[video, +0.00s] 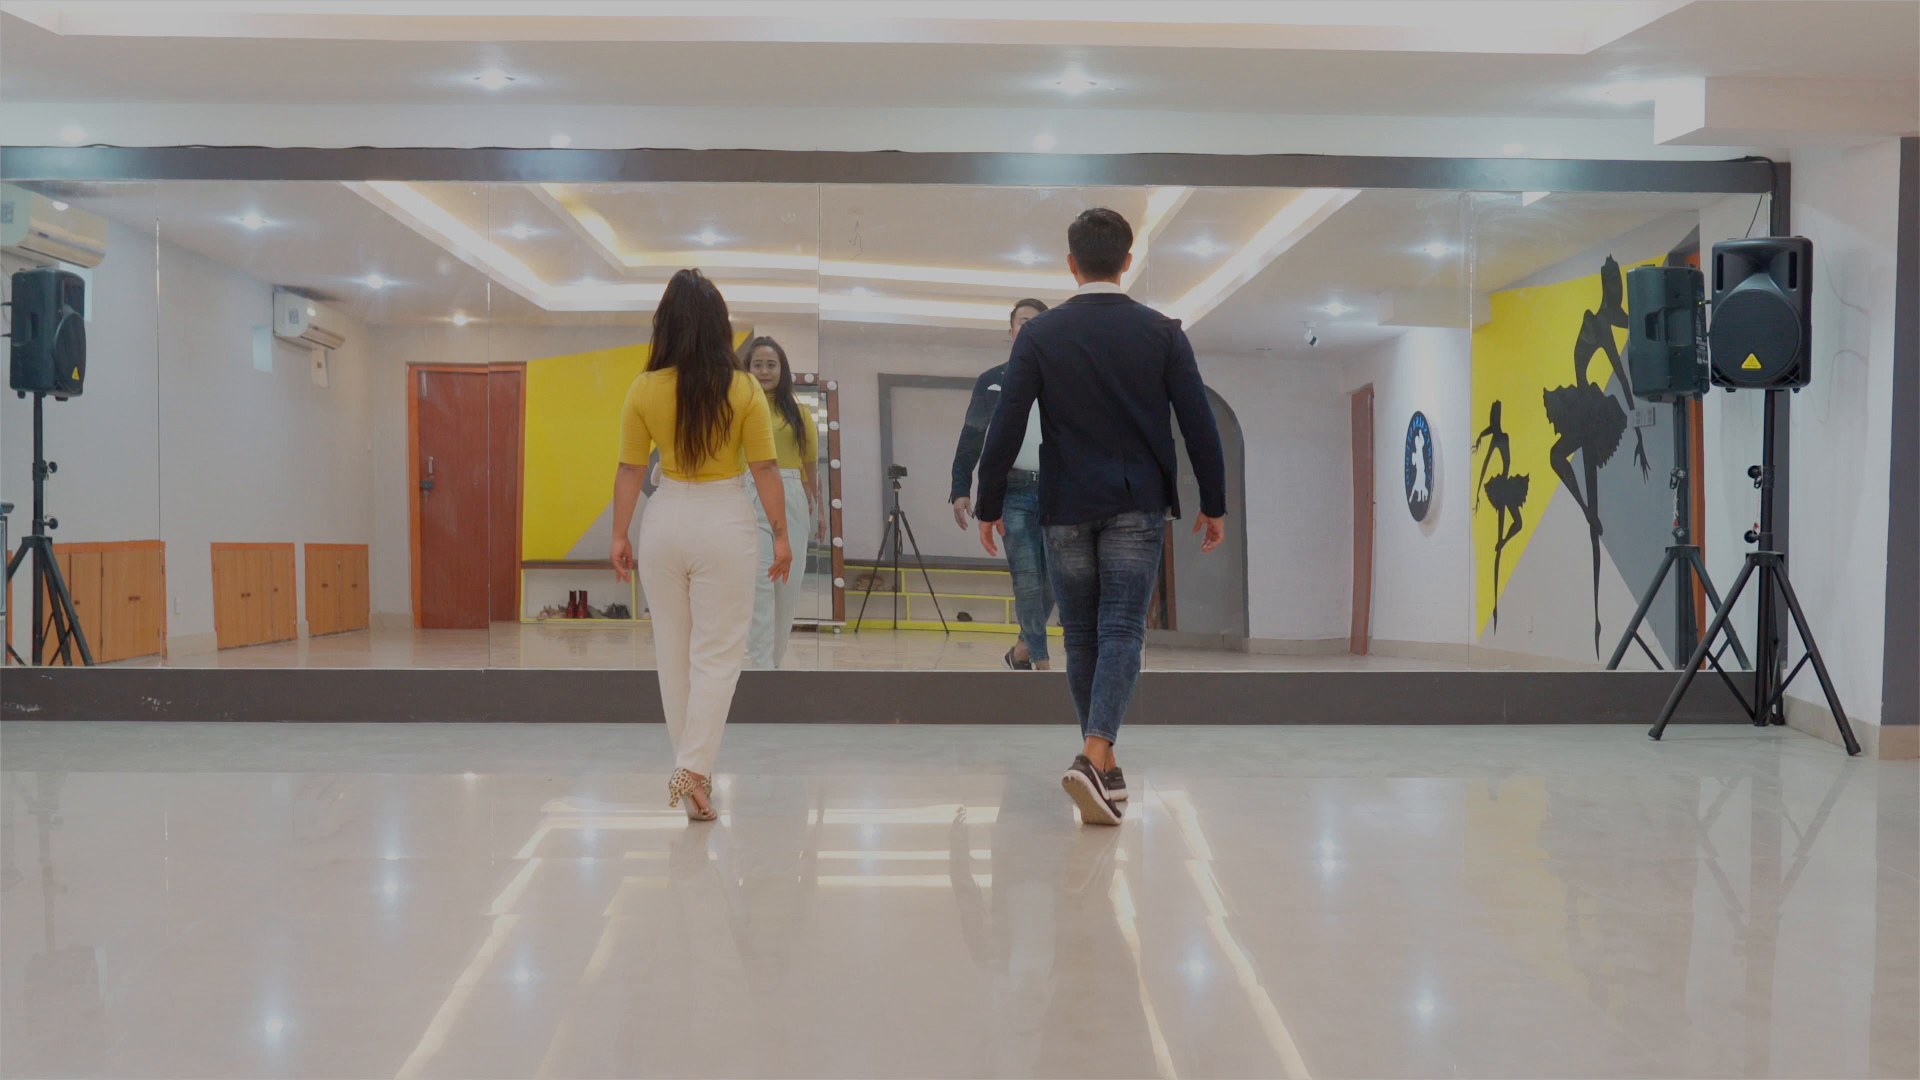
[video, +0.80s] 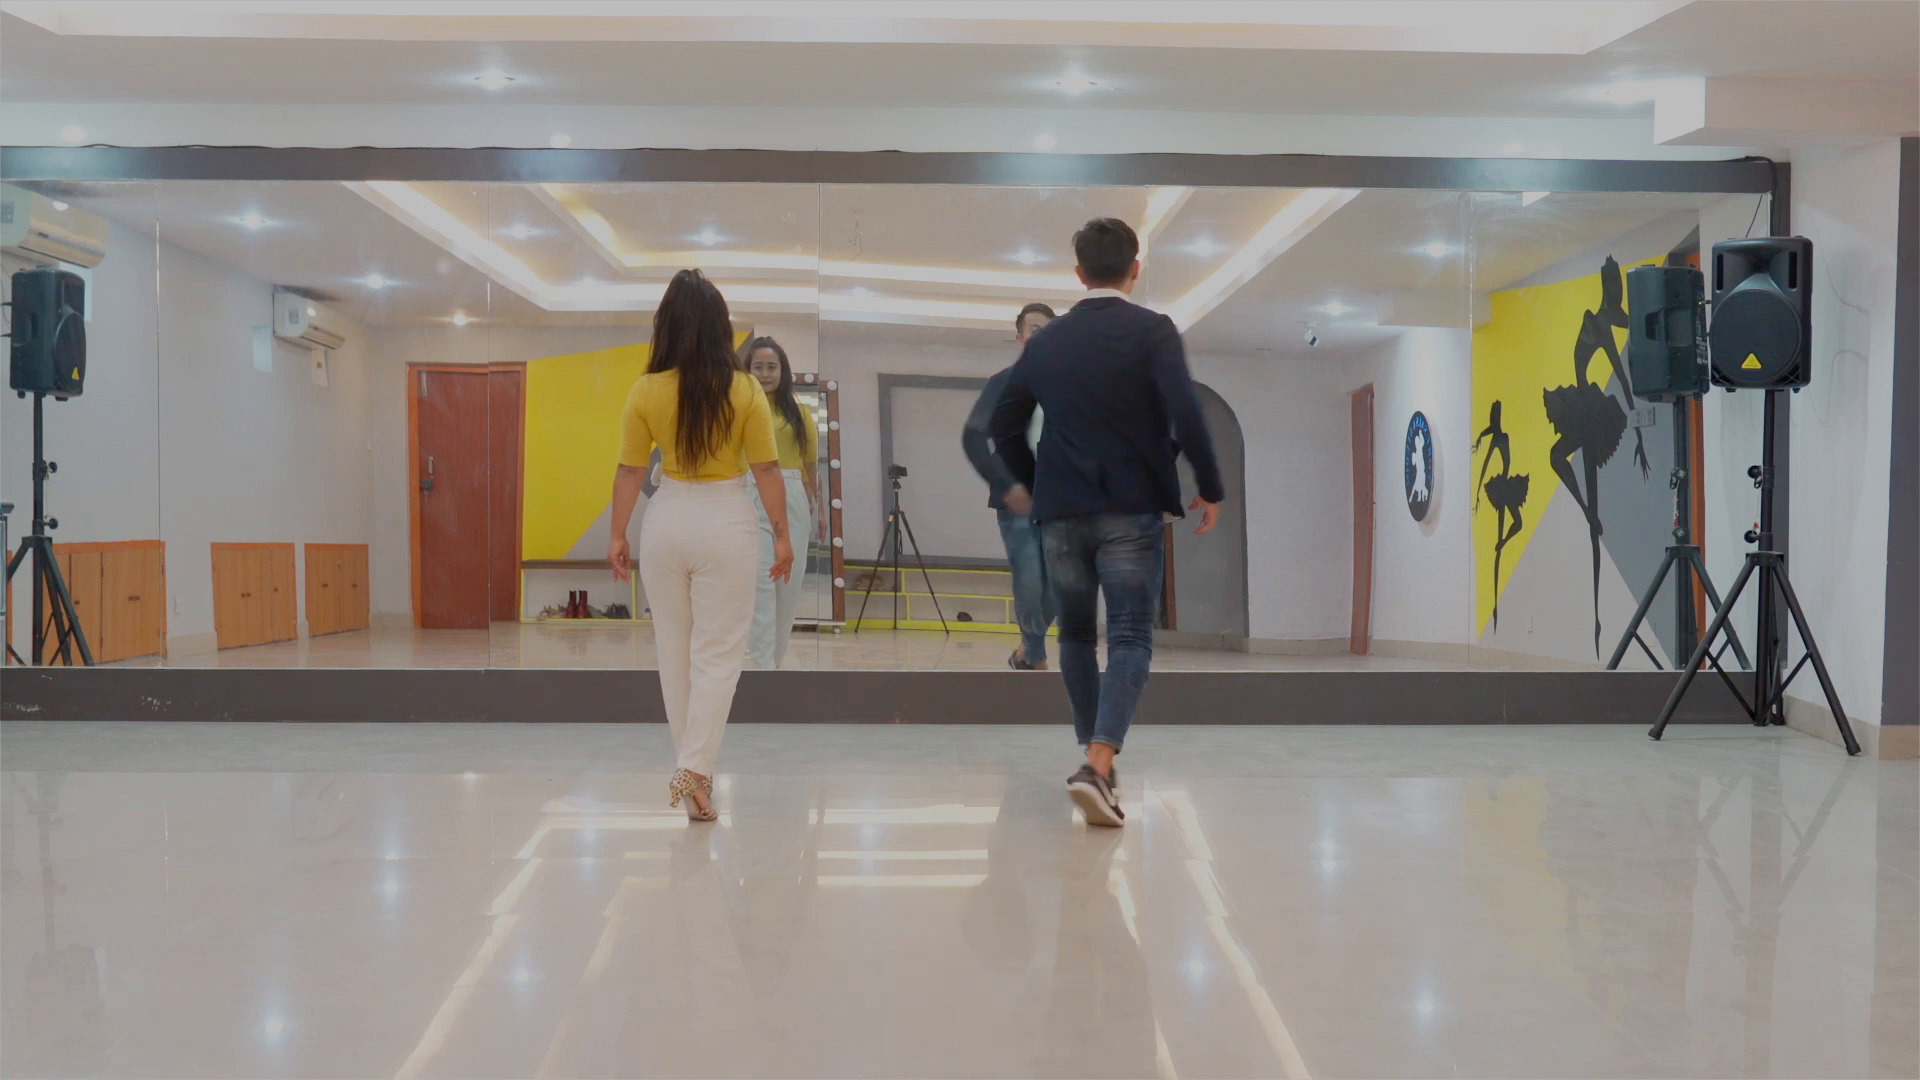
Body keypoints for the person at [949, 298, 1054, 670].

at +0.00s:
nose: (1027, 330)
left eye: (1036, 324)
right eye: (1022, 323)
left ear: (1048, 332)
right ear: (1010, 330)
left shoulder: (1061, 379)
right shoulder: (993, 381)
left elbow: (1076, 434)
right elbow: (972, 436)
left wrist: (1079, 486)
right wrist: (961, 489)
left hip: (1057, 488)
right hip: (1014, 487)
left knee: (1055, 577)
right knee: (1026, 575)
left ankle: (1021, 650)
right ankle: (1040, 661)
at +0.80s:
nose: (1040, 335)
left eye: (1046, 329)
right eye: (1033, 329)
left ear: (1055, 336)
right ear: (1019, 336)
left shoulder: (1069, 383)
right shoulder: (1005, 382)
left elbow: (1084, 438)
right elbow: (973, 436)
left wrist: (1072, 485)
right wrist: (1007, 486)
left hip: (1060, 497)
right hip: (1021, 498)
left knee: (1060, 584)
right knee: (1030, 581)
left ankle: (1026, 649)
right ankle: (1037, 659)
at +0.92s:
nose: (1049, 343)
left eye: (1055, 337)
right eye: (1040, 336)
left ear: (1064, 340)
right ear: (1026, 340)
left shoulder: (1051, 378)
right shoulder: (1028, 380)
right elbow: (1020, 442)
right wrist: (1044, 482)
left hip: (1039, 492)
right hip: (1021, 495)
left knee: (1056, 577)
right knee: (1051, 579)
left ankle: (1018, 654)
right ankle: (1015, 657)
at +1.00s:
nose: (1064, 348)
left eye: (1065, 340)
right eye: (1060, 339)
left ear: (1035, 343)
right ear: (1040, 341)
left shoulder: (1012, 384)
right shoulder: (1048, 385)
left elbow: (995, 438)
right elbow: (1053, 437)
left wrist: (1020, 460)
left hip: (1004, 485)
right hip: (1036, 490)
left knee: (1032, 577)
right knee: (1047, 581)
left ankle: (1022, 655)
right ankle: (1013, 656)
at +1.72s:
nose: (1039, 366)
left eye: (1035, 359)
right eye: (1043, 359)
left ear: (1027, 360)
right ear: (1064, 360)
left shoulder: (1010, 394)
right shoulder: (1075, 396)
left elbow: (977, 437)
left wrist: (981, 493)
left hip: (1023, 504)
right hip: (1069, 504)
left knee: (1040, 588)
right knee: (1061, 589)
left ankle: (1065, 659)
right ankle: (1028, 658)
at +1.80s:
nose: (1020, 365)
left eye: (1021, 360)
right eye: (1022, 359)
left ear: (1027, 362)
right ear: (1061, 361)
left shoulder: (1015, 396)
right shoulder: (1075, 394)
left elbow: (995, 453)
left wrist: (986, 501)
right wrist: (986, 454)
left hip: (1027, 508)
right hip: (1070, 506)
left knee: (1040, 589)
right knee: (1064, 588)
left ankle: (1066, 661)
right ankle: (1036, 657)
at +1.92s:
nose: (1017, 364)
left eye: (1018, 359)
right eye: (1019, 358)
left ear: (1025, 362)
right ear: (1057, 358)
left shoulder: (1025, 396)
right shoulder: (1076, 389)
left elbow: (1023, 447)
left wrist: (994, 490)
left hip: (1034, 500)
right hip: (1074, 498)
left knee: (1041, 580)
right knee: (1070, 581)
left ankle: (1064, 656)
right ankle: (1057, 648)